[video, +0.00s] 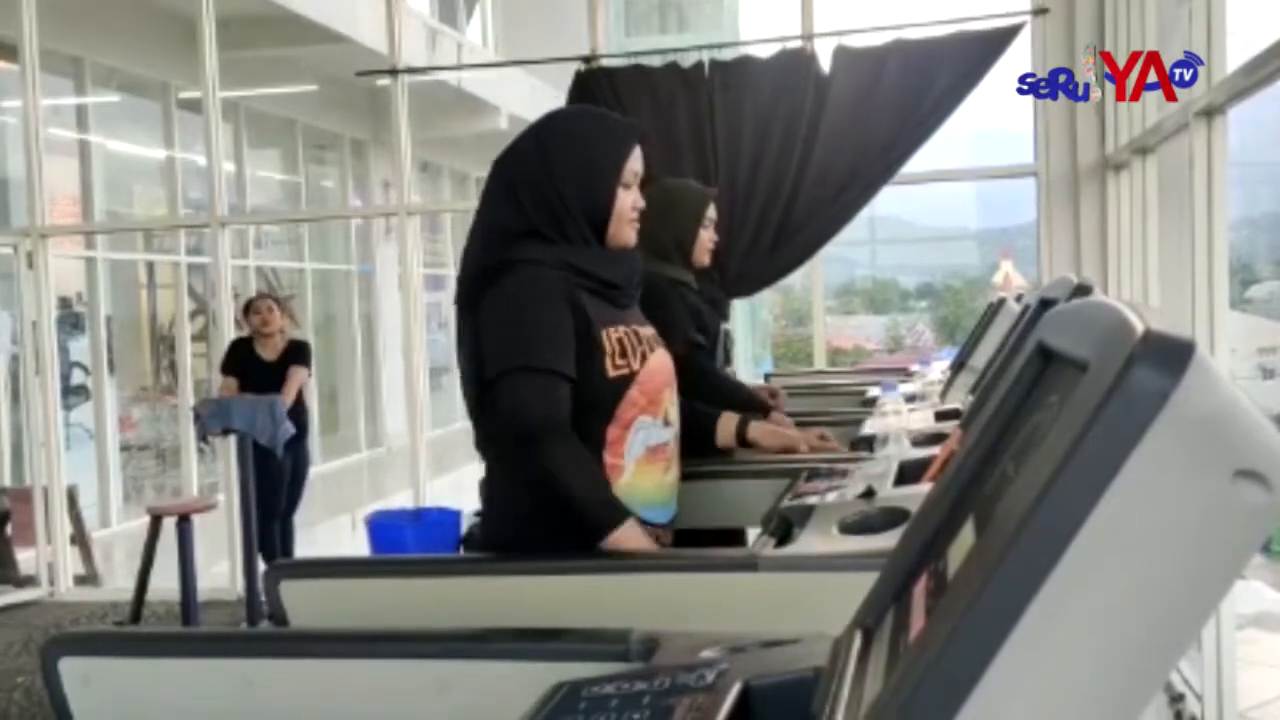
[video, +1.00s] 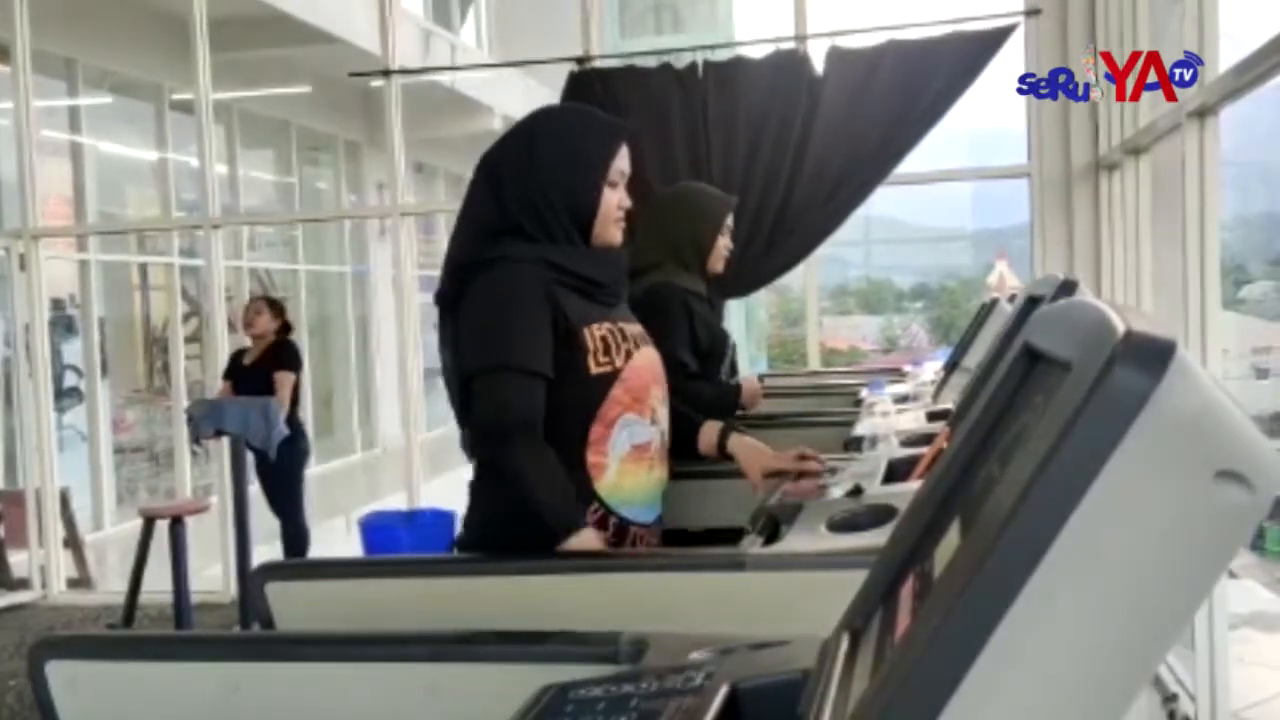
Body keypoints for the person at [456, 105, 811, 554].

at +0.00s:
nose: (641, 203)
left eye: (639, 186)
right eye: (626, 185)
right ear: (577, 185)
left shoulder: (603, 282)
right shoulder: (530, 287)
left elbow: (640, 406)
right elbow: (536, 439)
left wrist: (746, 431)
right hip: (561, 564)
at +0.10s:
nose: (642, 198)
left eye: (641, 180)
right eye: (630, 178)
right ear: (582, 177)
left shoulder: (604, 273)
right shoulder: (526, 281)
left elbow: (632, 400)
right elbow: (513, 443)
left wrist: (738, 426)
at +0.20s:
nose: (643, 202)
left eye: (641, 187)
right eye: (629, 186)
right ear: (578, 184)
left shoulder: (608, 282)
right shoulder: (520, 290)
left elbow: (635, 406)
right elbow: (490, 446)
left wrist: (741, 432)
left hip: (618, 550)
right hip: (544, 562)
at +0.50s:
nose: (635, 207)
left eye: (632, 189)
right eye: (621, 188)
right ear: (571, 188)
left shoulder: (598, 289)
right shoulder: (519, 300)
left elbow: (623, 413)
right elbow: (501, 461)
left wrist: (738, 434)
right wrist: (478, 589)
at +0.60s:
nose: (629, 199)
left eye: (626, 181)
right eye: (614, 179)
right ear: (564, 179)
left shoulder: (588, 279)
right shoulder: (516, 285)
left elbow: (627, 400)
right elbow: (515, 449)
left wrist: (737, 425)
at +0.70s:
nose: (625, 201)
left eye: (622, 185)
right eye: (610, 183)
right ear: (561, 183)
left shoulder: (580, 284)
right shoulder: (516, 288)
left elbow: (624, 399)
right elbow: (538, 442)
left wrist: (738, 424)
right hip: (525, 565)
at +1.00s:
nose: (627, 202)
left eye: (625, 186)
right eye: (613, 185)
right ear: (563, 183)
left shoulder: (592, 282)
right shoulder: (511, 285)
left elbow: (633, 405)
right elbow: (508, 441)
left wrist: (734, 443)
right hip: (538, 569)